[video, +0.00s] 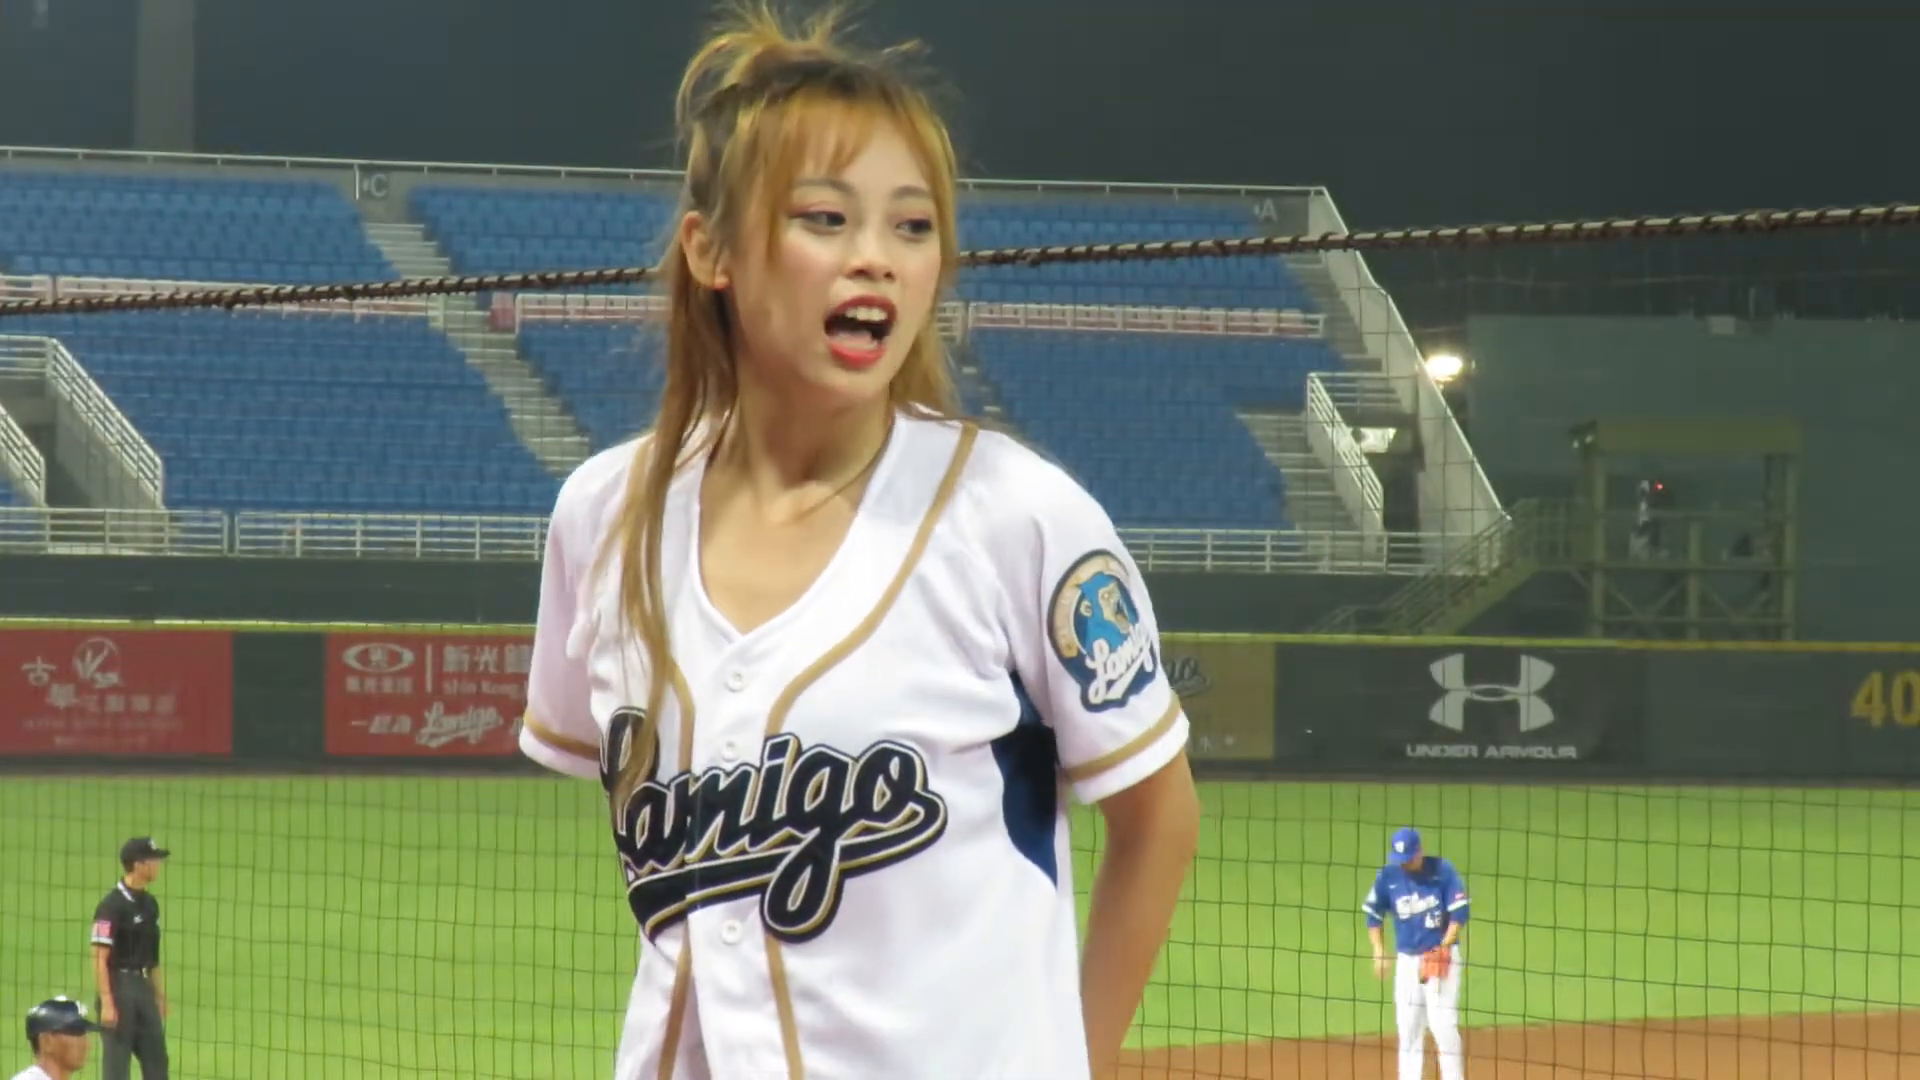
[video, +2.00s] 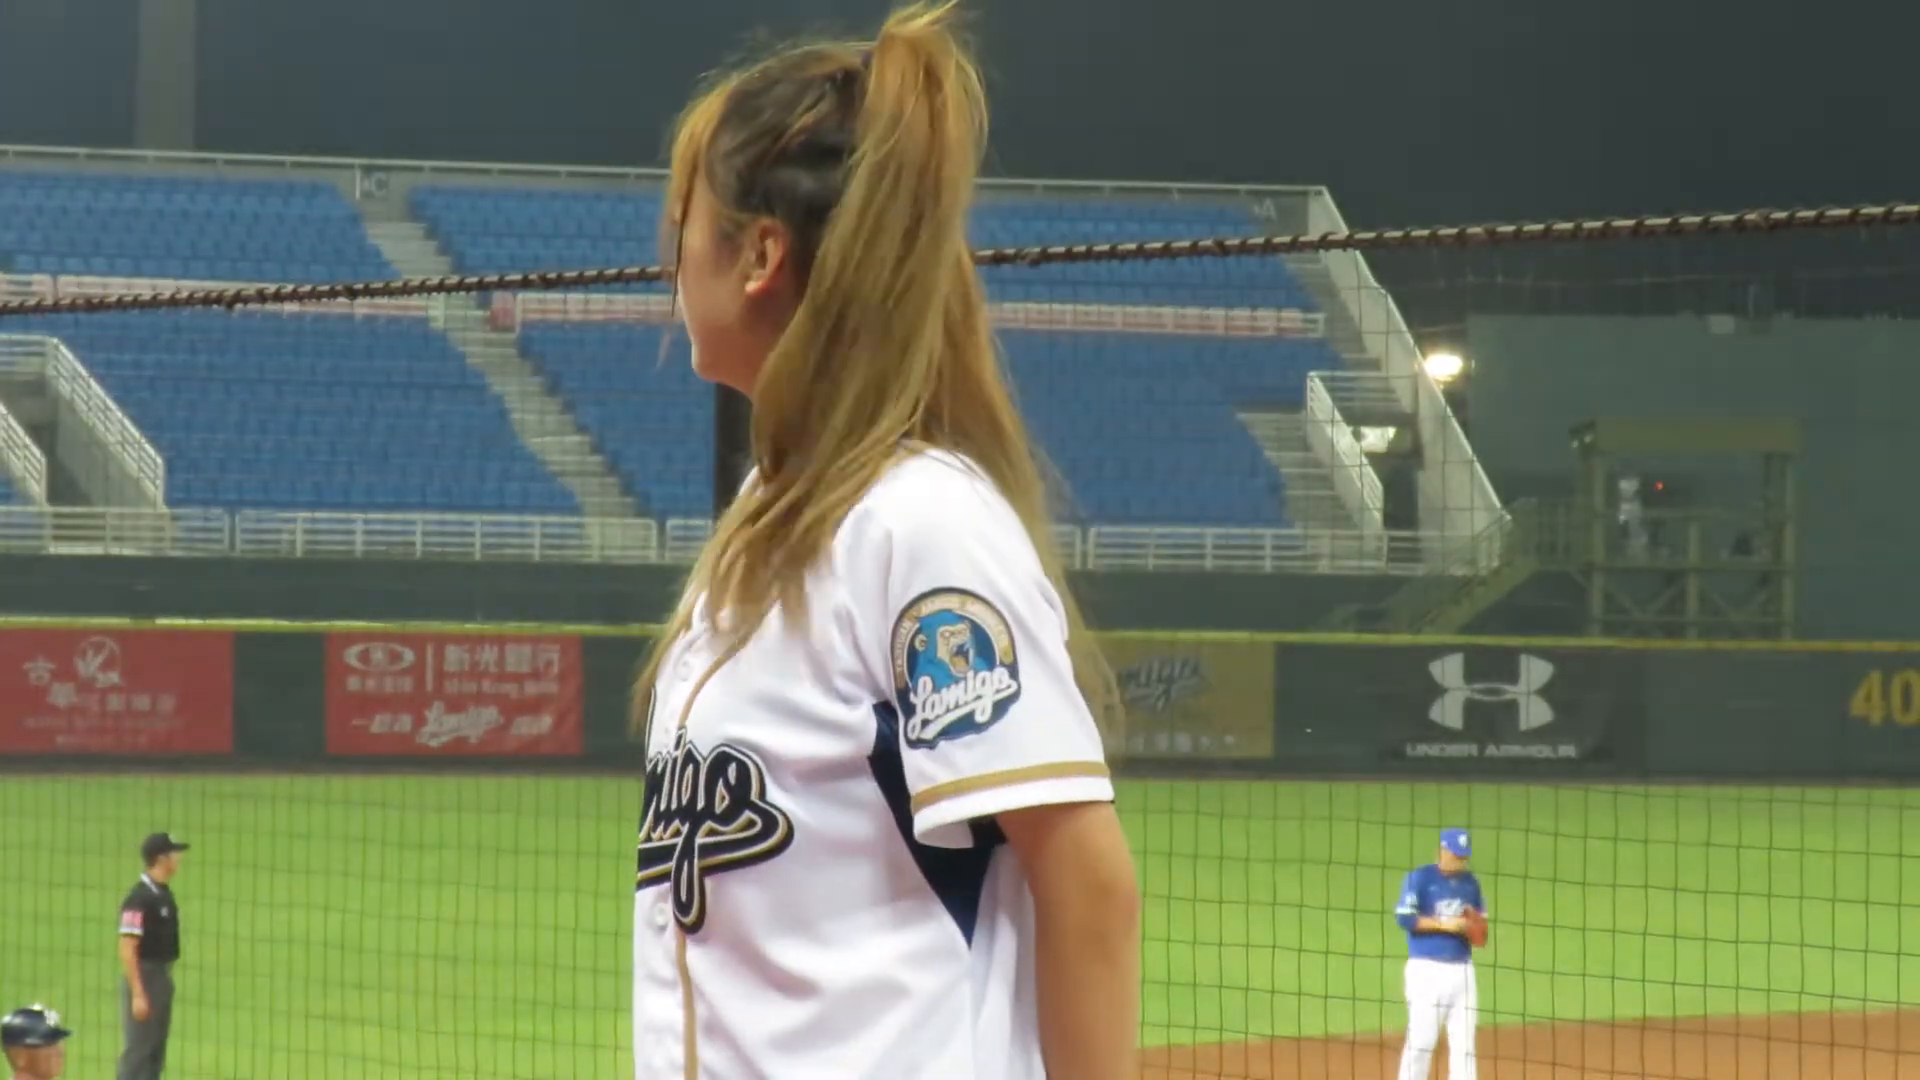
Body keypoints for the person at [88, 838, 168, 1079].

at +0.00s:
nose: (157, 866)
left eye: (157, 861)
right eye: (152, 861)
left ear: (144, 866)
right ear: (135, 865)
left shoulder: (150, 904)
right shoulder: (111, 904)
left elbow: (152, 959)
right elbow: (100, 958)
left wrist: (159, 996)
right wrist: (107, 1003)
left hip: (142, 978)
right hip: (118, 977)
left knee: (156, 1058)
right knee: (117, 1060)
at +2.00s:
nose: (176, 861)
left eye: (175, 855)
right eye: (172, 856)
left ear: (162, 858)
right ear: (159, 859)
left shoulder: (164, 893)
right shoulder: (140, 897)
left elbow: (157, 943)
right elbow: (127, 948)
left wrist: (164, 980)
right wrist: (138, 994)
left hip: (162, 968)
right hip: (145, 968)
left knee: (156, 1045)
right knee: (141, 1046)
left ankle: (150, 1074)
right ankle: (132, 1074)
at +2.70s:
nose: (154, 862)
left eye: (156, 856)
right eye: (149, 856)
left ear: (159, 860)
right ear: (134, 856)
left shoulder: (157, 900)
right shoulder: (115, 897)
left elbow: (164, 948)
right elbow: (103, 947)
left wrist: (184, 988)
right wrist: (110, 991)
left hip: (146, 972)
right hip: (121, 971)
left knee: (144, 1053)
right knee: (110, 1051)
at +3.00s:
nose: (135, 864)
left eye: (138, 858)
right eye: (129, 857)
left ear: (140, 861)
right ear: (114, 858)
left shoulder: (140, 901)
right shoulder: (94, 902)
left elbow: (143, 948)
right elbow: (79, 951)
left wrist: (153, 989)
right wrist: (88, 995)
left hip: (127, 977)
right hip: (100, 976)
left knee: (141, 1055)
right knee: (90, 1059)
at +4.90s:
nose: (116, 866)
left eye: (118, 860)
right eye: (110, 860)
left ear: (121, 862)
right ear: (94, 861)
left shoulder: (120, 901)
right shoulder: (78, 903)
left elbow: (122, 952)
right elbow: (65, 954)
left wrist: (129, 990)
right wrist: (72, 999)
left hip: (113, 973)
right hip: (87, 973)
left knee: (125, 1054)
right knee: (84, 1053)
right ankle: (81, 1074)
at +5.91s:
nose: (116, 866)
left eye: (118, 860)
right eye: (110, 860)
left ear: (118, 862)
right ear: (94, 861)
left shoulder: (118, 901)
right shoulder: (77, 904)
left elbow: (121, 951)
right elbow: (65, 954)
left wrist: (128, 991)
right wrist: (72, 1000)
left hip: (113, 973)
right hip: (86, 972)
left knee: (125, 1052)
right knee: (84, 1053)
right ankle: (83, 1074)